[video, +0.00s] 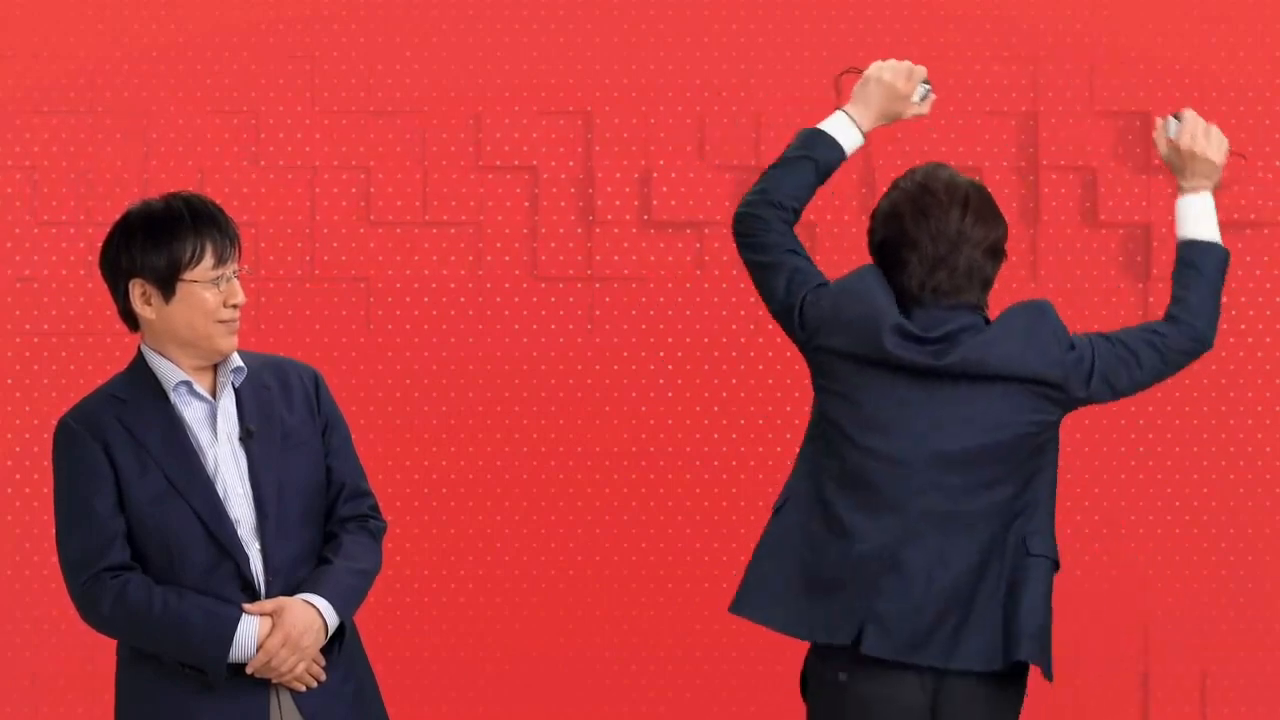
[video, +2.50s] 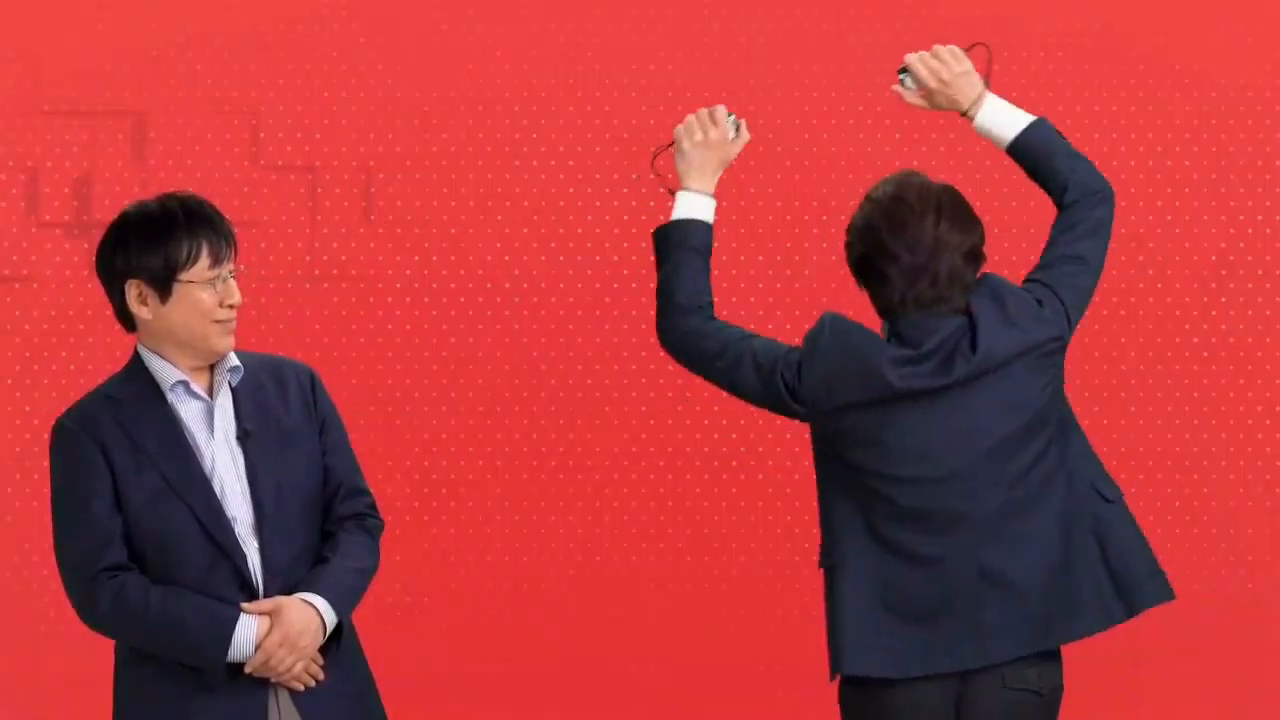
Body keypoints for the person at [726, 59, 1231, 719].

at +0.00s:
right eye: (997, 251)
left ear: (882, 258)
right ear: (991, 265)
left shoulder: (839, 333)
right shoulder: (1041, 362)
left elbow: (760, 220)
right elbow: (1190, 329)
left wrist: (853, 119)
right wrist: (1198, 190)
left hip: (855, 672)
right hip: (984, 681)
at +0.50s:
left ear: (889, 250)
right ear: (1003, 270)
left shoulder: (836, 315)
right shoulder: (1039, 362)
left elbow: (747, 199)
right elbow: (1180, 295)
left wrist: (829, 90)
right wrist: (1157, 151)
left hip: (817, 655)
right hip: (945, 670)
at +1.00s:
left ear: (875, 271)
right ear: (987, 255)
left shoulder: (834, 372)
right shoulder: (1032, 334)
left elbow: (675, 342)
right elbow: (1064, 194)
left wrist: (667, 203)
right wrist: (949, 111)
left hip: (875, 682)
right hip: (1002, 671)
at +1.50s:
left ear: (894, 257)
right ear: (1007, 272)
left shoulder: (853, 329)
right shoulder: (1048, 379)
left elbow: (788, 208)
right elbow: (1207, 362)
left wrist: (887, 115)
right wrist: (1222, 214)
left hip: (851, 677)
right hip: (979, 692)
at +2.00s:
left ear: (890, 261)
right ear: (1001, 267)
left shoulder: (846, 338)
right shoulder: (1048, 360)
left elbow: (760, 225)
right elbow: (1184, 306)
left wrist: (862, 124)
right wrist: (1160, 171)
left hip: (855, 669)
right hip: (985, 677)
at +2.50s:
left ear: (869, 282)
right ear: (976, 264)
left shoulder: (832, 378)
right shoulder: (1030, 334)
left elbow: (685, 329)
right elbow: (1088, 196)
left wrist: (694, 189)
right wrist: (981, 104)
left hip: (892, 684)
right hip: (1019, 674)